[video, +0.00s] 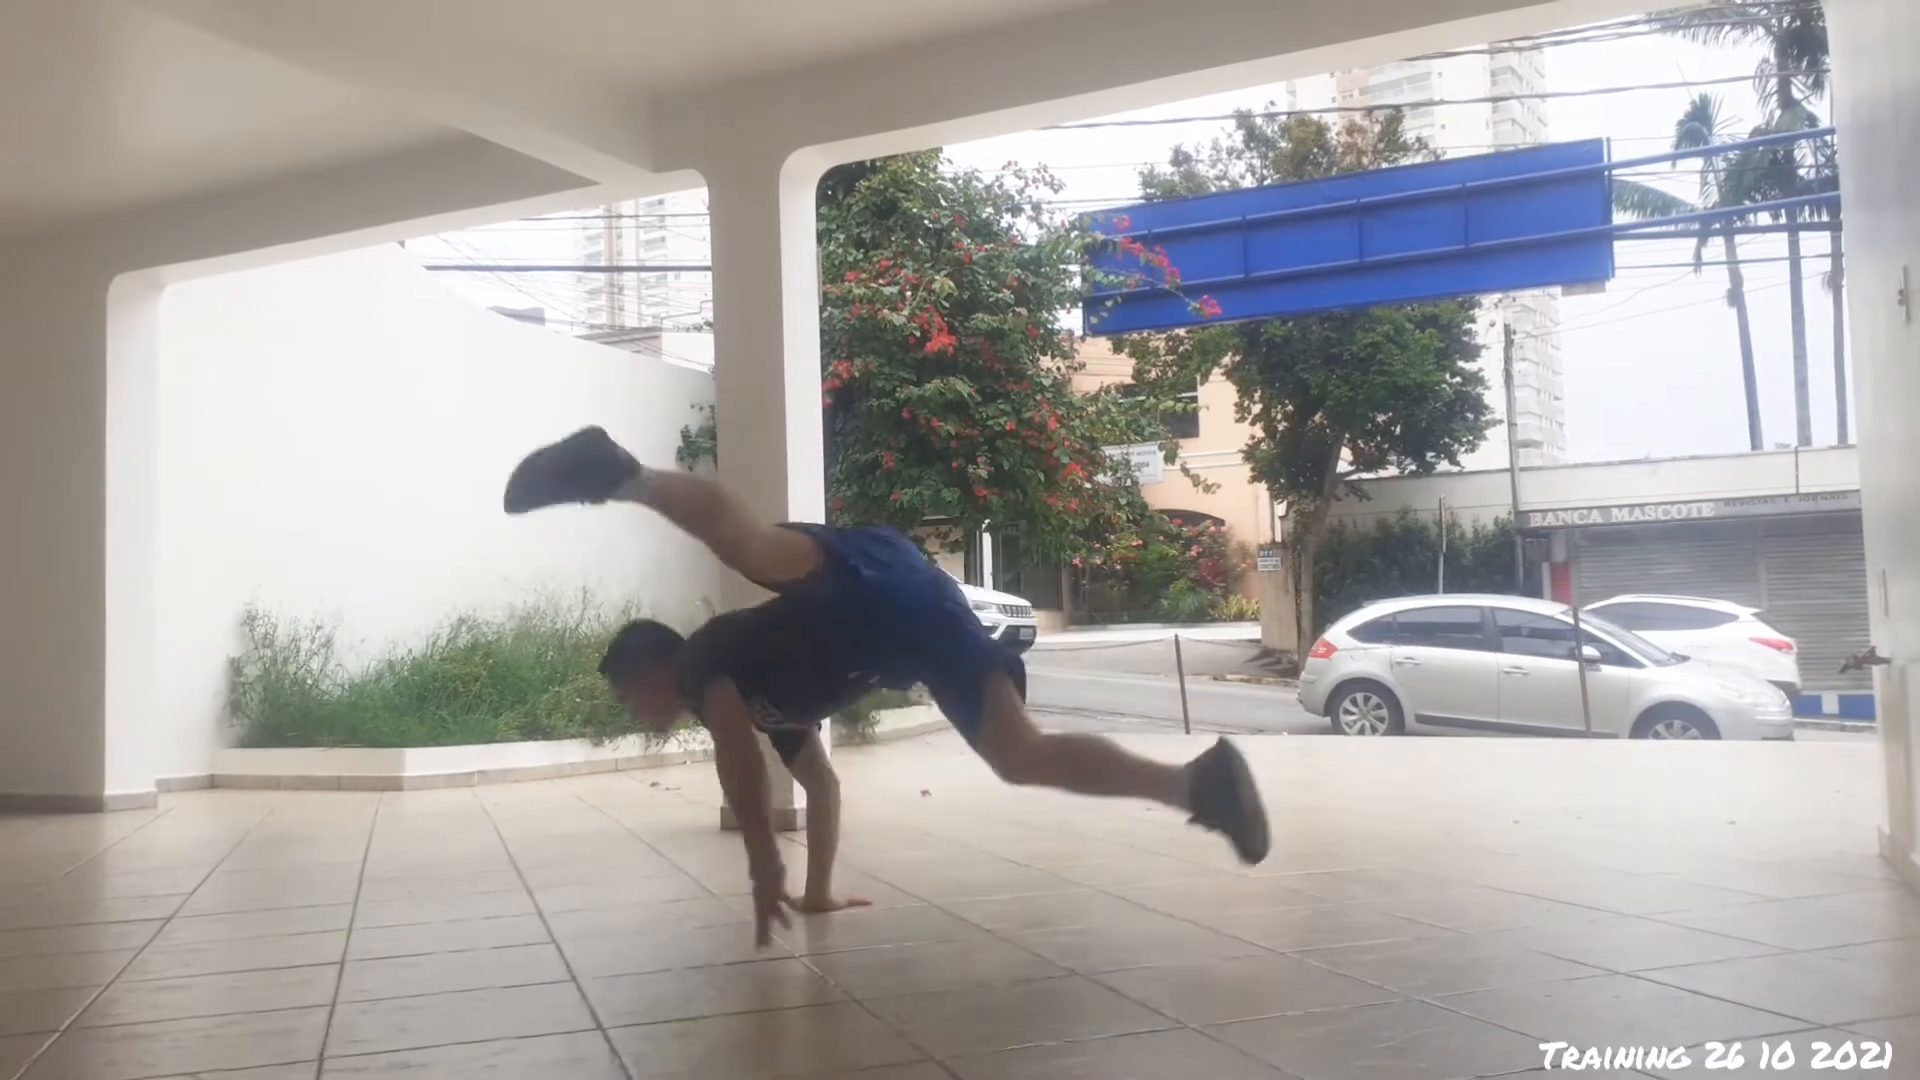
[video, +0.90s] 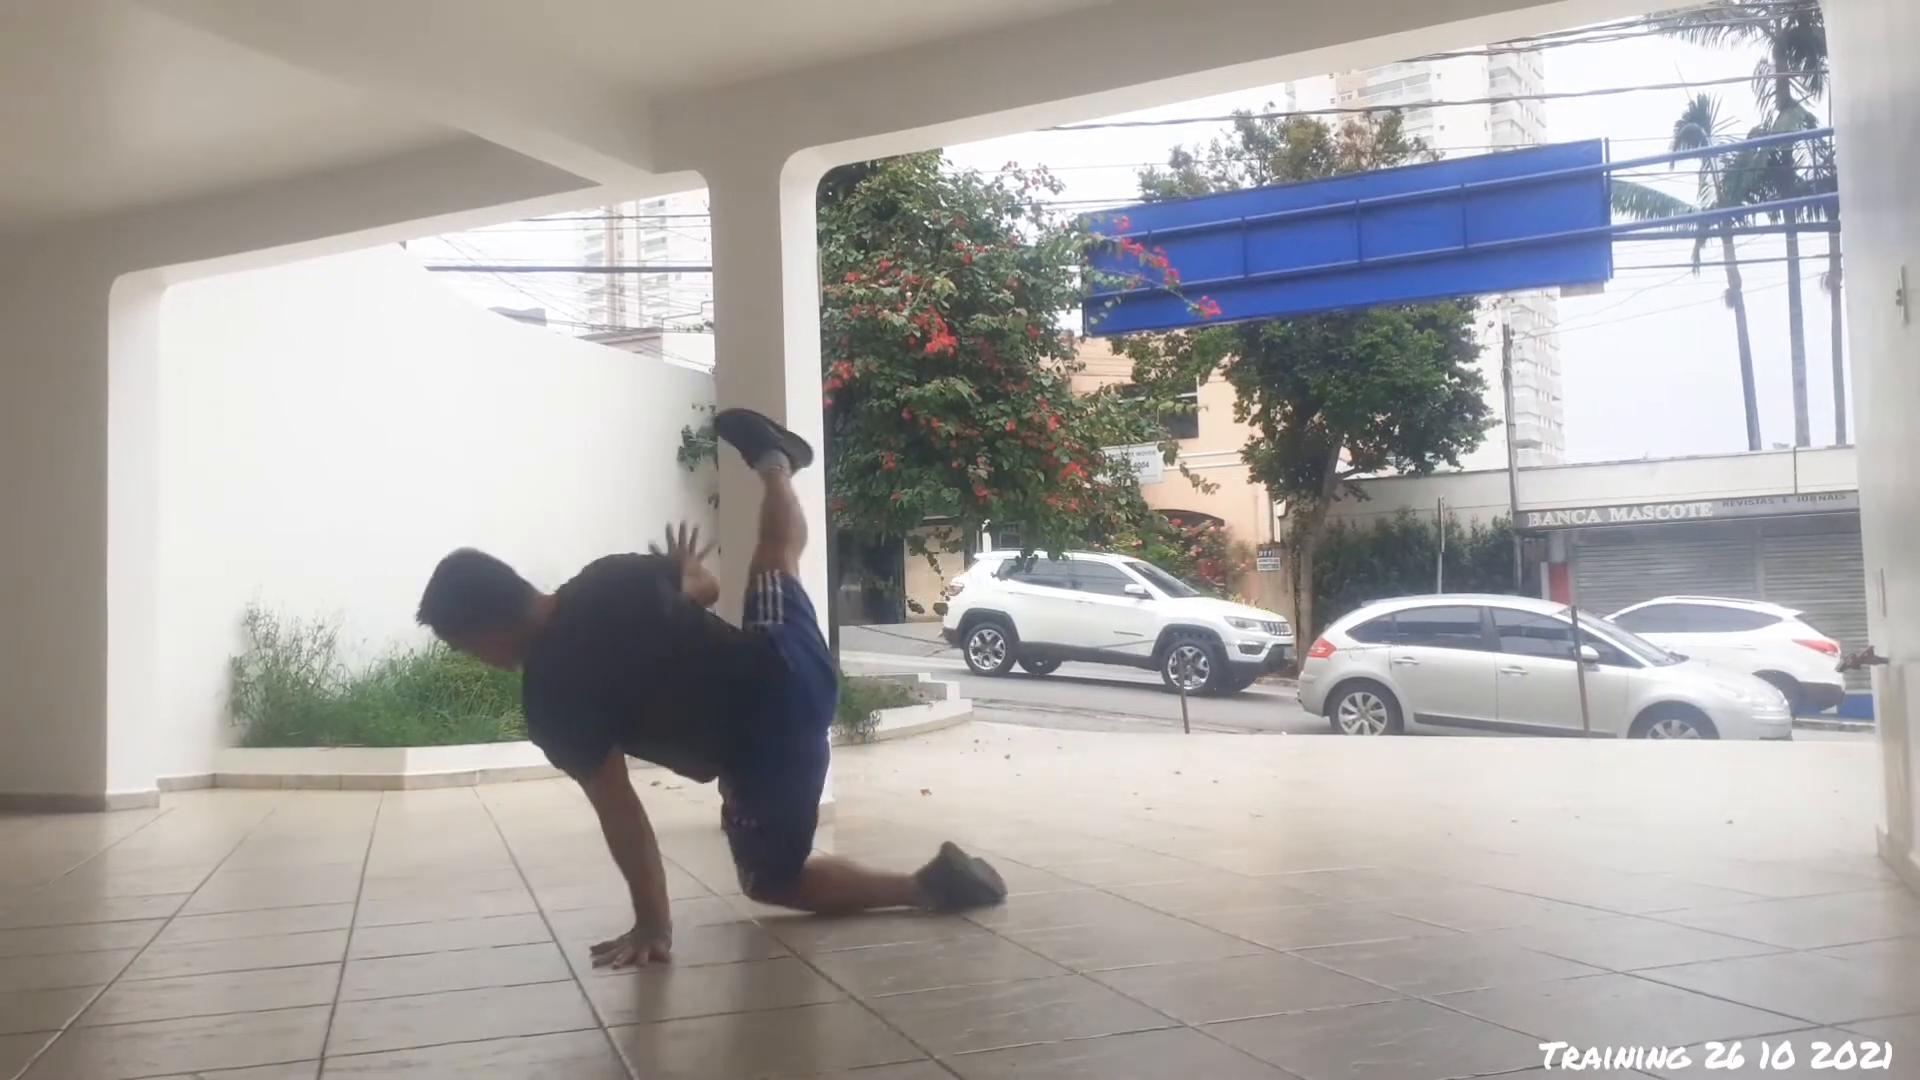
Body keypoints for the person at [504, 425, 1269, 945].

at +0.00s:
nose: (639, 714)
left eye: (633, 699)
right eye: (634, 706)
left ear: (654, 671)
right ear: (668, 679)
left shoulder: (704, 666)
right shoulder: (769, 700)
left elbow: (742, 768)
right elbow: (822, 788)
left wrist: (766, 880)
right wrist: (819, 889)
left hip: (872, 565)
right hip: (931, 616)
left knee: (753, 542)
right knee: (1019, 756)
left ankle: (624, 474)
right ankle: (1193, 784)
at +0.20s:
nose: (686, 631)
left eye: (688, 613)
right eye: (683, 618)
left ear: (718, 589)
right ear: (716, 601)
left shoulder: (780, 593)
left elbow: (791, 546)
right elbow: (822, 788)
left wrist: (713, 517)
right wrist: (817, 892)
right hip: (863, 756)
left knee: (704, 524)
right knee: (720, 861)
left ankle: (588, 416)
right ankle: (592, 948)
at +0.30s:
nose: (743, 580)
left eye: (753, 565)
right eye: (745, 569)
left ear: (784, 557)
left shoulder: (831, 585)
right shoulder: (847, 677)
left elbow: (825, 613)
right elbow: (833, 797)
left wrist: (739, 562)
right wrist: (818, 893)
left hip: (787, 710)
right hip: (775, 813)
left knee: (704, 545)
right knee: (620, 838)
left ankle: (621, 392)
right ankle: (464, 890)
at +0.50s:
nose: (733, 604)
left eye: (741, 589)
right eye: (736, 589)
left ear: (771, 597)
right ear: (806, 600)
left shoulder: (740, 682)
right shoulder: (836, 688)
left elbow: (697, 814)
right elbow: (827, 794)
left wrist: (657, 926)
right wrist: (820, 891)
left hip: (639, 810)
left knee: (566, 714)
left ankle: (463, 608)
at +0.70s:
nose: (627, 600)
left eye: (629, 587)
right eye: (625, 586)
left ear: (655, 596)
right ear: (710, 581)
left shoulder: (642, 684)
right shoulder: (777, 637)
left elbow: (652, 817)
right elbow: (830, 706)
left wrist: (655, 930)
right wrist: (841, 675)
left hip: (670, 827)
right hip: (746, 799)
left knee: (523, 848)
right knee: (715, 565)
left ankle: (592, 879)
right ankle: (696, 438)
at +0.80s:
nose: (542, 618)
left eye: (539, 605)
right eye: (535, 606)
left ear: (562, 601)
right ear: (607, 563)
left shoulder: (584, 697)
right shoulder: (699, 589)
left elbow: (627, 812)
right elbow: (774, 595)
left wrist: (652, 926)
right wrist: (768, 518)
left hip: (732, 806)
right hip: (793, 735)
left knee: (678, 867)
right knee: (732, 587)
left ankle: (819, 863)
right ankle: (697, 448)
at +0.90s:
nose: (472, 659)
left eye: (464, 646)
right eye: (461, 647)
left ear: (484, 632)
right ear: (514, 582)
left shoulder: (553, 703)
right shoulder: (607, 578)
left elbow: (624, 816)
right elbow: (707, 587)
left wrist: (652, 931)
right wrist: (685, 571)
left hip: (772, 761)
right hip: (795, 672)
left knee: (775, 878)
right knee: (775, 567)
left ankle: (928, 886)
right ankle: (777, 463)